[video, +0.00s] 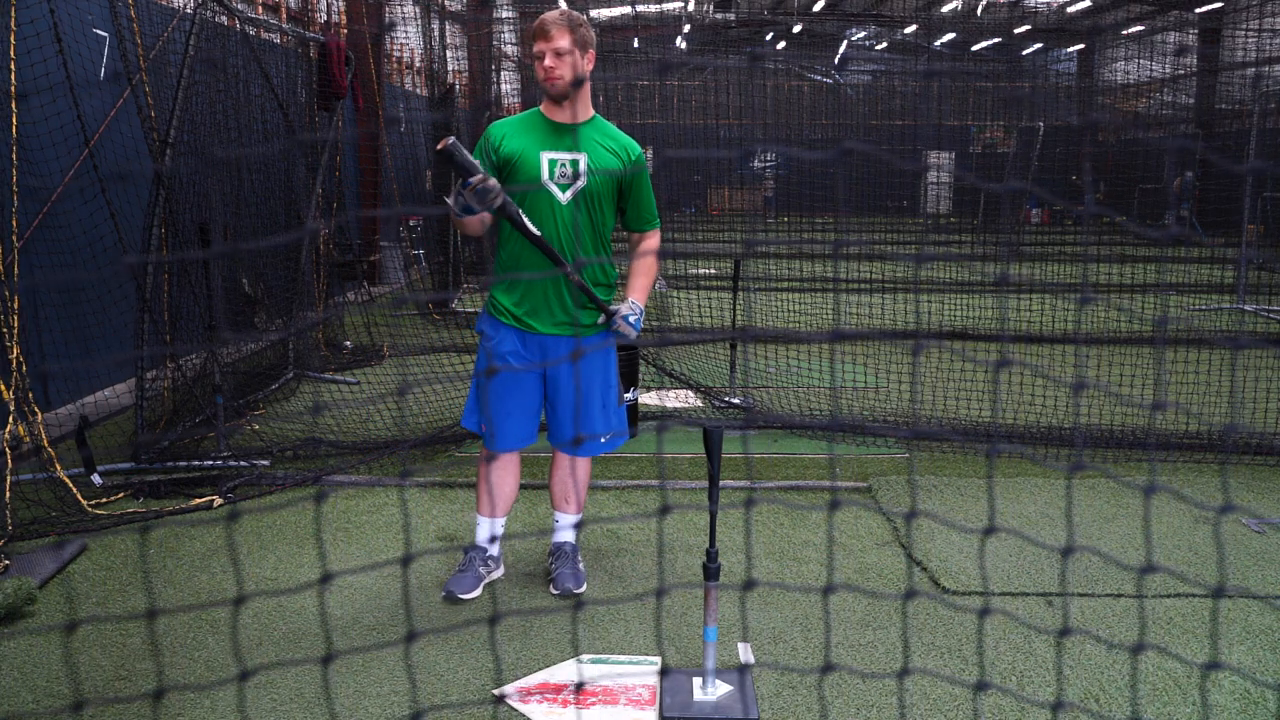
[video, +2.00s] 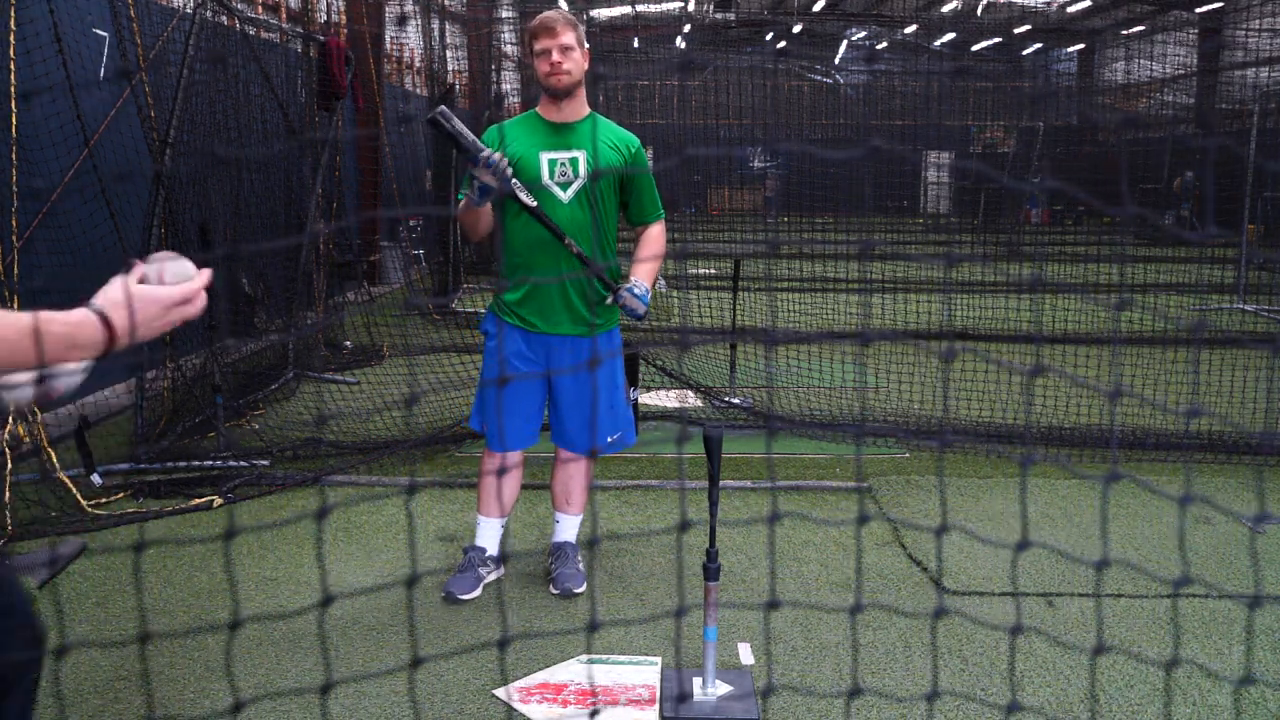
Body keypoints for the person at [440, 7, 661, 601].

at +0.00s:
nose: (548, 66)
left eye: (559, 55)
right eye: (539, 57)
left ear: (587, 59)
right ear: (531, 65)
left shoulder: (623, 153)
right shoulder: (502, 138)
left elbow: (647, 240)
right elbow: (473, 228)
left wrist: (632, 305)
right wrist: (472, 207)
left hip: (586, 324)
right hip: (511, 320)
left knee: (575, 440)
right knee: (500, 441)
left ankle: (565, 546)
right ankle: (486, 550)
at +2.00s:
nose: (556, 60)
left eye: (566, 49)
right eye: (544, 52)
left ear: (587, 57)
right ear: (532, 64)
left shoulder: (622, 146)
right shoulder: (501, 139)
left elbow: (652, 226)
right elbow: (475, 231)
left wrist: (641, 281)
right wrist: (482, 195)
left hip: (590, 321)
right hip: (517, 318)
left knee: (576, 443)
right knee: (501, 444)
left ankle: (566, 547)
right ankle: (485, 552)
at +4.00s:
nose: (582, 64)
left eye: (586, 53)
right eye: (568, 54)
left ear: (595, 59)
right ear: (537, 64)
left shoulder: (620, 150)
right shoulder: (499, 133)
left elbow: (653, 227)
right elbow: (465, 206)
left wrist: (624, 288)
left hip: (583, 324)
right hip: (507, 320)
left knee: (574, 441)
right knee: (492, 442)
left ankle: (566, 546)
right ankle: (484, 549)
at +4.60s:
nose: (516, 88)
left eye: (524, 75)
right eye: (502, 78)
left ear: (537, 71)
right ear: (478, 77)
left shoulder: (568, 147)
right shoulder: (446, 149)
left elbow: (607, 223)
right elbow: (415, 224)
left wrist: (584, 278)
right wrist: (424, 231)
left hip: (547, 324)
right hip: (469, 325)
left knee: (557, 440)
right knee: (455, 443)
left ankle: (564, 545)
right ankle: (434, 549)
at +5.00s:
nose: (435, 114)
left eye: (441, 101)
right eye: (421, 108)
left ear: (457, 77)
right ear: (403, 99)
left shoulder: (512, 134)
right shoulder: (391, 159)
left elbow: (561, 201)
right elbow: (388, 233)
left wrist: (552, 276)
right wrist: (381, 268)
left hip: (515, 319)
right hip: (436, 325)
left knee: (547, 434)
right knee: (436, 443)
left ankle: (577, 540)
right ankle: (430, 548)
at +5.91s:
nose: (486, 142)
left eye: (494, 130)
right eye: (474, 132)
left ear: (516, 108)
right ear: (457, 116)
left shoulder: (555, 161)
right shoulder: (427, 152)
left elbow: (583, 240)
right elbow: (402, 224)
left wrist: (573, 313)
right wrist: (379, 297)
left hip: (534, 330)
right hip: (450, 330)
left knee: (569, 443)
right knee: (432, 447)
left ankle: (604, 543)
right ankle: (417, 542)